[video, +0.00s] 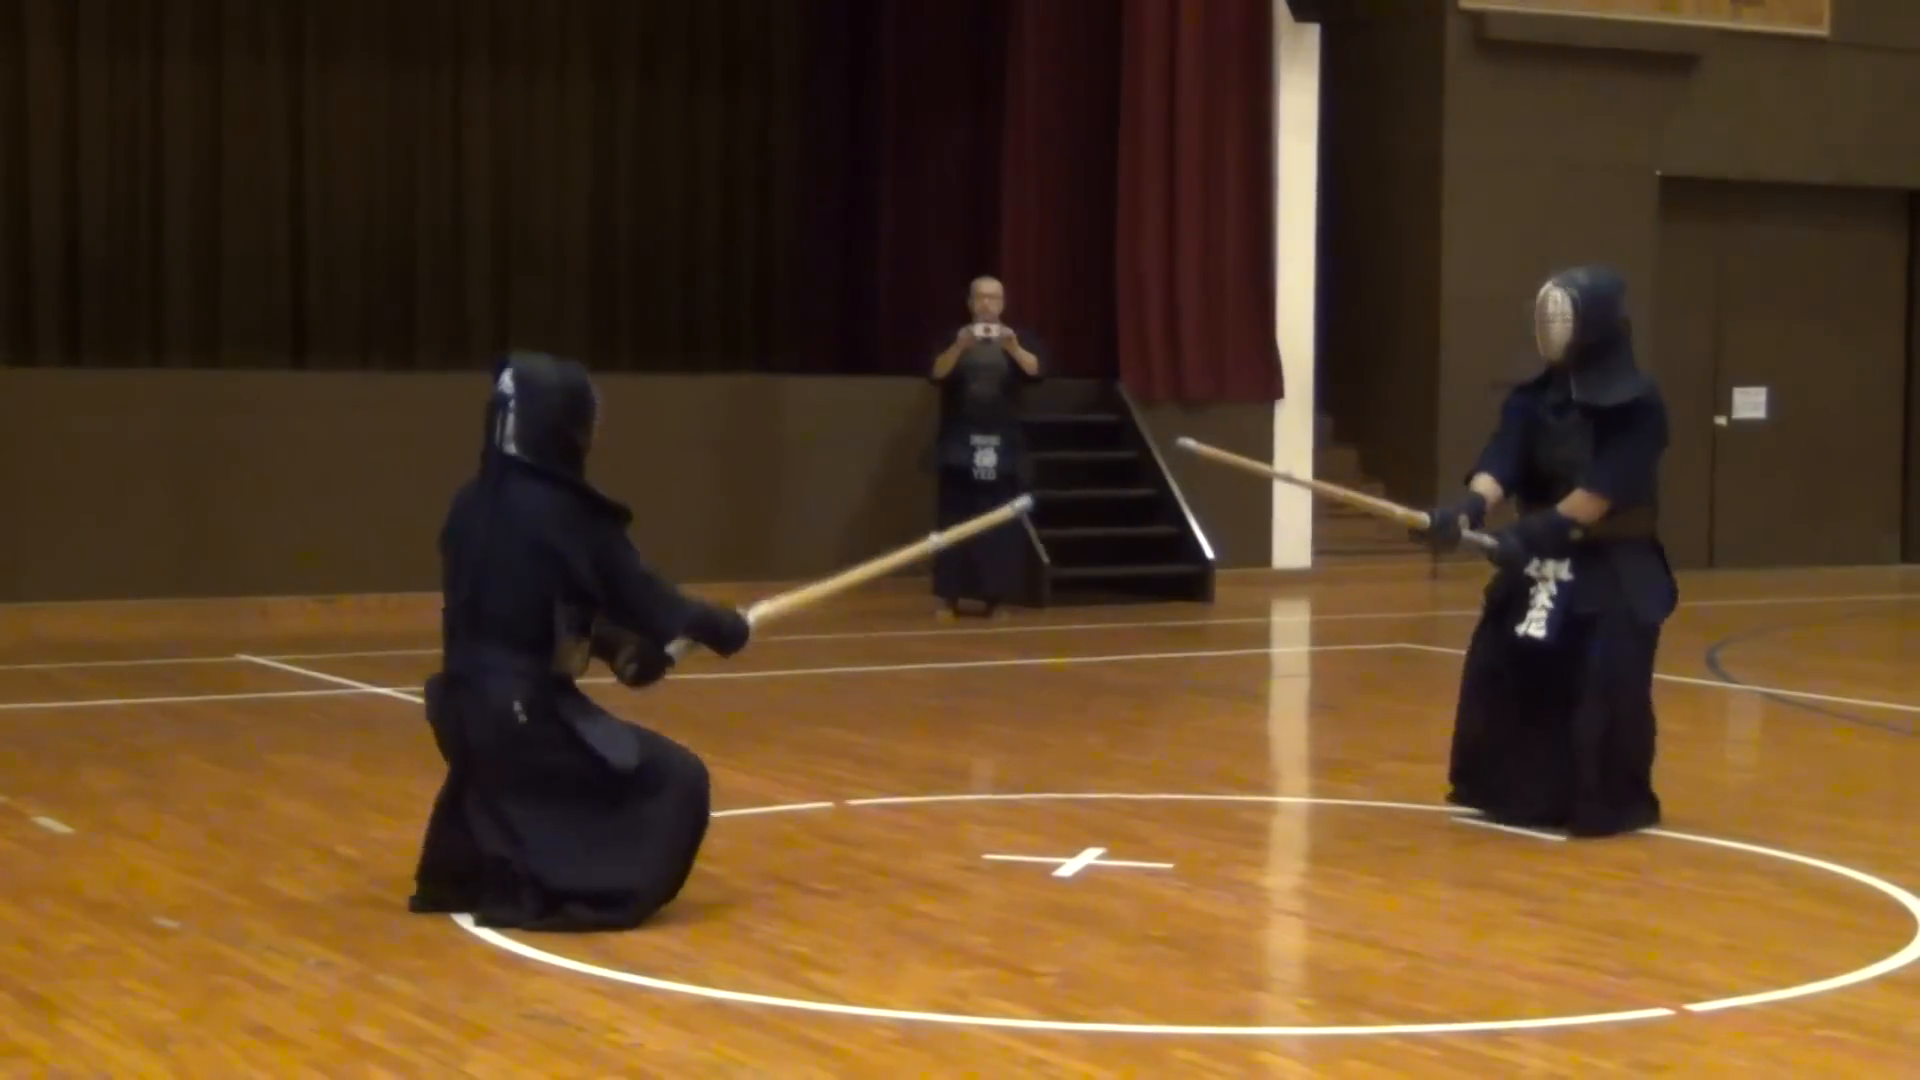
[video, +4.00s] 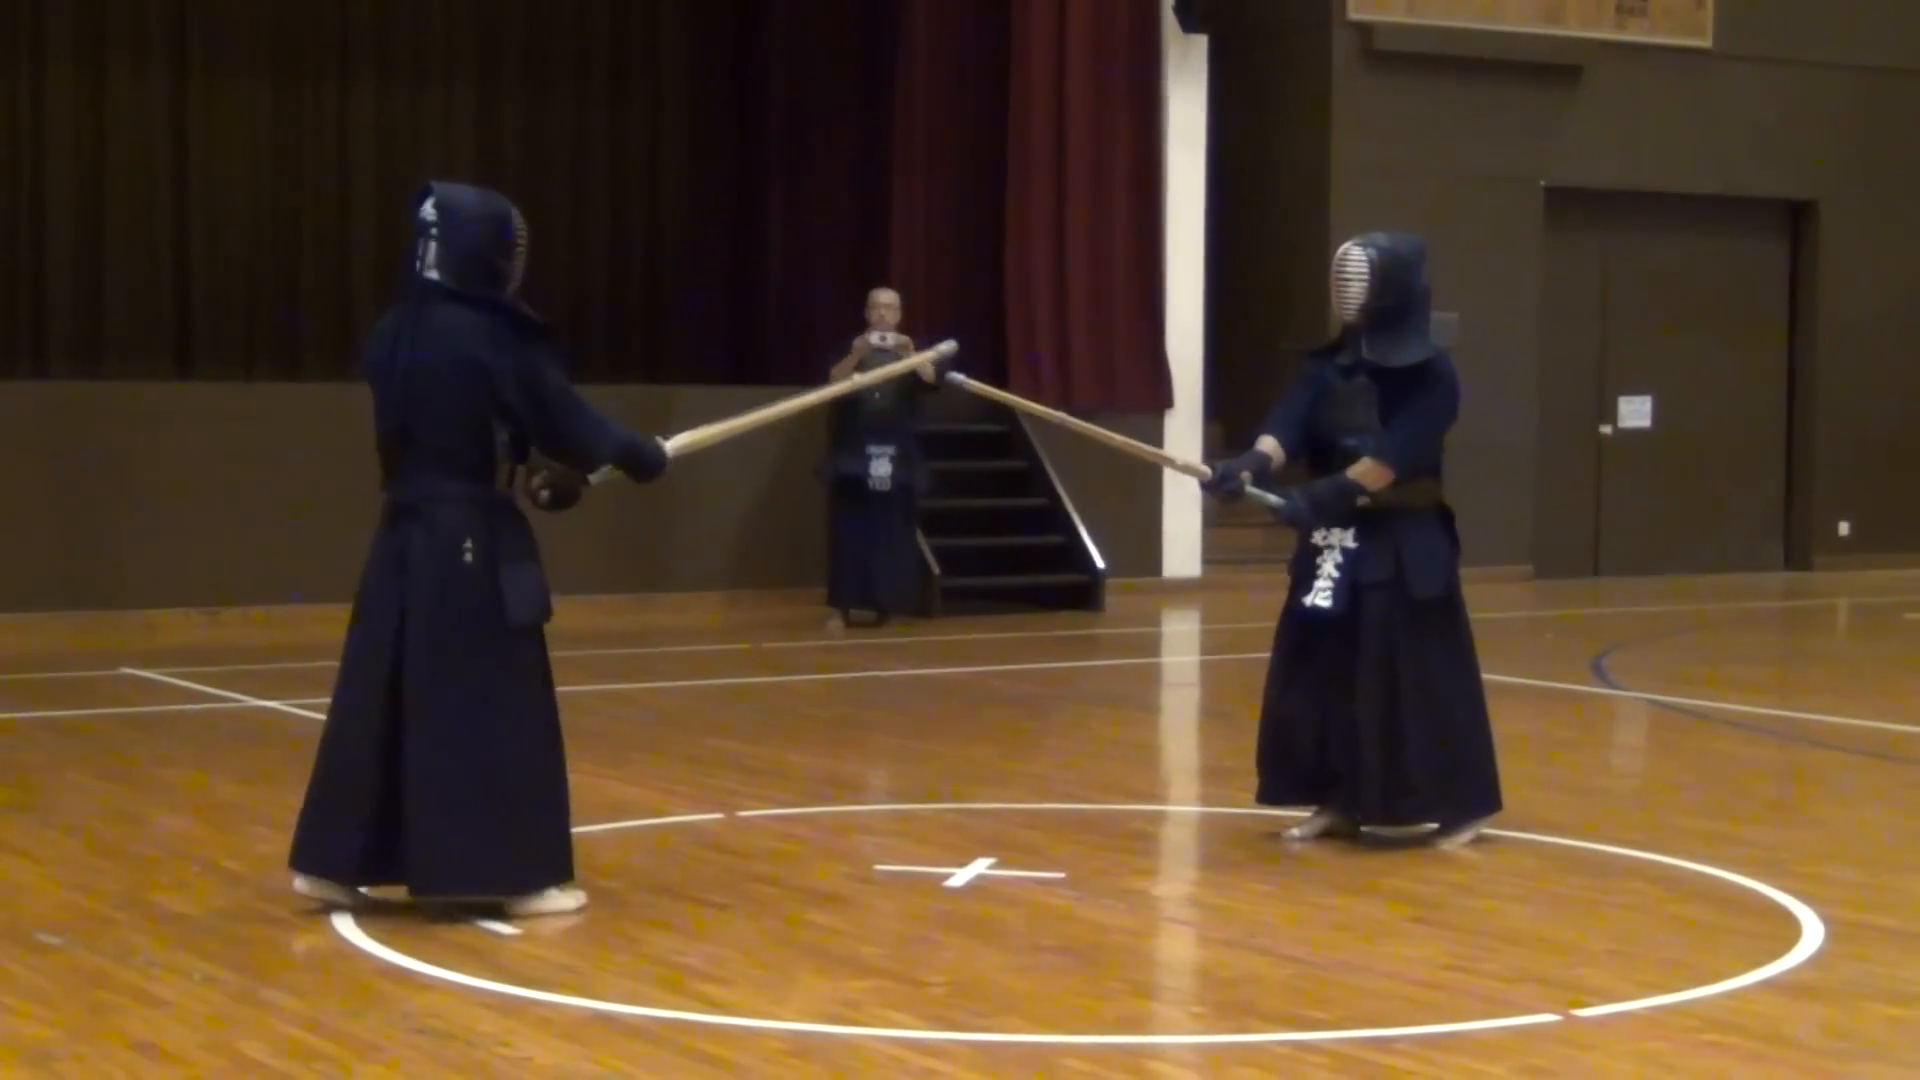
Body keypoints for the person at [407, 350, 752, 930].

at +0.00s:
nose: (591, 433)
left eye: (588, 419)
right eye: (584, 420)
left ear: (507, 422)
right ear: (564, 428)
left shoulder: (471, 505)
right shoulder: (572, 514)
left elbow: (523, 599)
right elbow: (646, 602)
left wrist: (611, 639)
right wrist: (723, 627)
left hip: (456, 707)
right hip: (527, 717)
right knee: (677, 777)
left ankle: (453, 876)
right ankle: (599, 890)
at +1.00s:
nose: (602, 260)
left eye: (601, 246)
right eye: (594, 247)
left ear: (519, 249)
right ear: (565, 252)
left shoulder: (484, 326)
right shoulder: (581, 329)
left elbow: (529, 432)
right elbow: (645, 419)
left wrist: (614, 475)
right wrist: (714, 455)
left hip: (490, 539)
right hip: (561, 543)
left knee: (488, 697)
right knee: (616, 703)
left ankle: (447, 873)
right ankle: (626, 886)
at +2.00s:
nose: (618, 264)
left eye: (617, 250)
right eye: (611, 251)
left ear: (532, 249)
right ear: (586, 256)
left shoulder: (484, 329)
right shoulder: (584, 335)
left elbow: (519, 450)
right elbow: (649, 421)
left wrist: (615, 482)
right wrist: (717, 451)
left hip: (492, 540)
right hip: (563, 544)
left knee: (468, 695)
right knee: (585, 710)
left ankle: (405, 861)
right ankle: (587, 886)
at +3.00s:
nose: (558, 263)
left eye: (557, 249)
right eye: (553, 250)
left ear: (475, 250)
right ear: (534, 256)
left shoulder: (438, 329)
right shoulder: (545, 333)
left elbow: (467, 446)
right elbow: (628, 412)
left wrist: (564, 485)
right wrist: (681, 463)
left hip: (448, 541)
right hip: (519, 546)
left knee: (423, 700)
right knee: (542, 712)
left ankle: (354, 864)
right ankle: (551, 888)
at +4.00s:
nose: (518, 264)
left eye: (516, 250)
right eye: (510, 251)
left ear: (437, 253)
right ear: (485, 257)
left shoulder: (397, 331)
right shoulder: (495, 336)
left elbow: (438, 435)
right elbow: (565, 421)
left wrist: (520, 468)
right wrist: (637, 451)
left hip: (402, 541)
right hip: (473, 545)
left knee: (379, 698)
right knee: (502, 709)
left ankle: (330, 862)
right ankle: (516, 876)